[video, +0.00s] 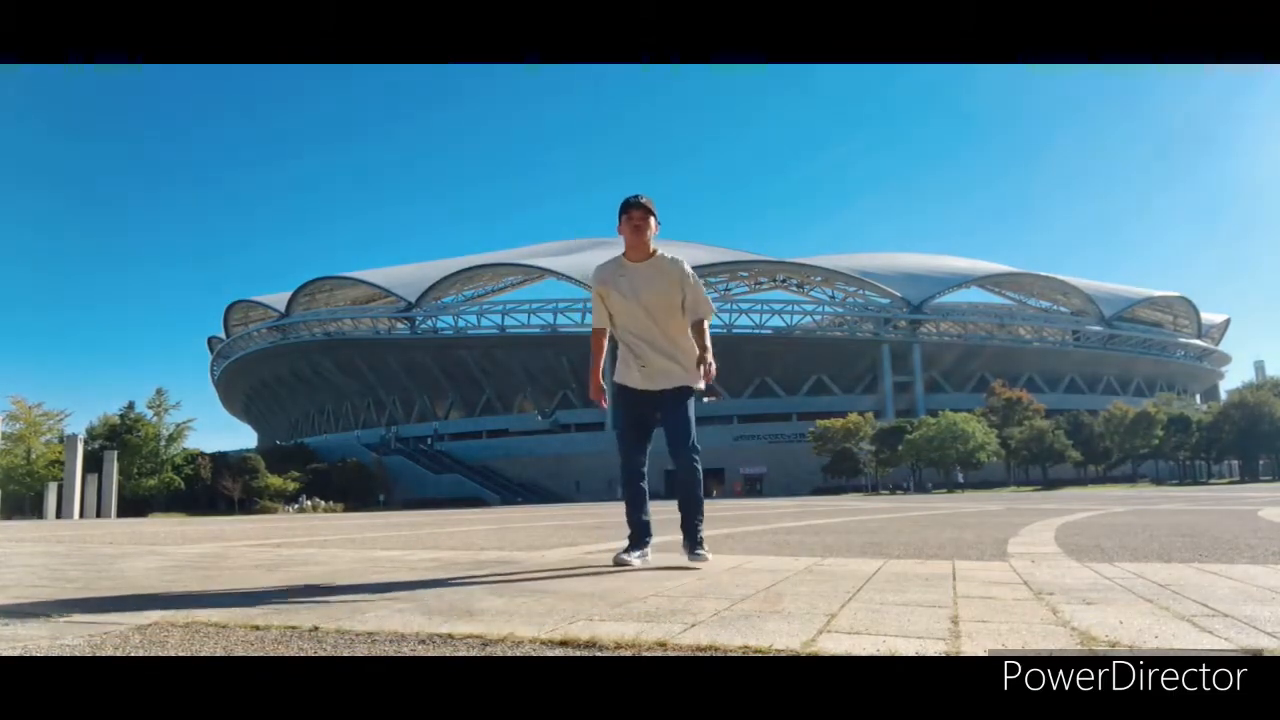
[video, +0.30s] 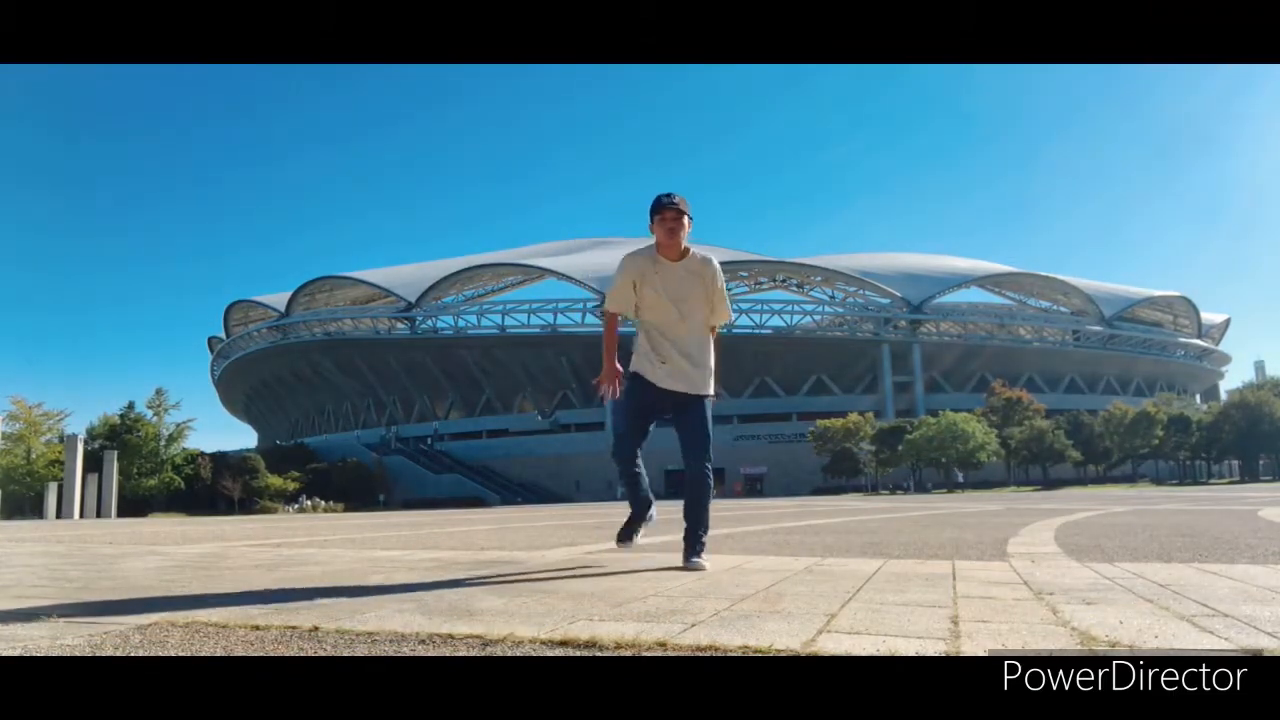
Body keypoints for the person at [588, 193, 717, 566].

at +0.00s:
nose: (637, 226)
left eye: (643, 220)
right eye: (631, 221)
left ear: (655, 226)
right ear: (620, 227)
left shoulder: (678, 270)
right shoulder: (605, 276)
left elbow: (699, 319)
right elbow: (600, 329)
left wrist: (706, 355)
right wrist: (595, 375)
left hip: (678, 380)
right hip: (629, 382)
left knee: (687, 457)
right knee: (632, 467)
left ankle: (694, 538)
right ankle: (638, 542)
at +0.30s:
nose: (671, 226)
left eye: (677, 219)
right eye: (664, 220)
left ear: (688, 225)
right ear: (652, 226)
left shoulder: (708, 269)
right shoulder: (635, 264)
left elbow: (711, 330)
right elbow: (611, 313)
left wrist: (711, 380)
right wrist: (610, 362)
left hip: (694, 379)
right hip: (646, 374)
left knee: (699, 467)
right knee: (623, 449)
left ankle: (695, 548)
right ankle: (642, 507)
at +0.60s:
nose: (684, 223)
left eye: (689, 217)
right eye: (676, 217)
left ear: (698, 223)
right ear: (662, 224)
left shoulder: (715, 269)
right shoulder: (644, 267)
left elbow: (719, 322)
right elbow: (616, 315)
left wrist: (710, 365)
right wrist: (618, 363)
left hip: (710, 381)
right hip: (665, 371)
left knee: (709, 466)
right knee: (639, 439)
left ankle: (692, 549)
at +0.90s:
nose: (682, 239)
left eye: (688, 233)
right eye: (674, 233)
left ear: (696, 239)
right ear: (661, 239)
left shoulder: (714, 283)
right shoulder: (639, 281)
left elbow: (745, 328)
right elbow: (606, 321)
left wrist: (754, 370)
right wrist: (608, 368)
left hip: (705, 379)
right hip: (659, 368)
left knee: (707, 467)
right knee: (681, 391)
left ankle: (685, 546)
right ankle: (742, 465)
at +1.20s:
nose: (672, 207)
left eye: (678, 201)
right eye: (665, 201)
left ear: (688, 207)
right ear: (652, 208)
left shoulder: (705, 252)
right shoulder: (634, 249)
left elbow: (731, 298)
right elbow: (611, 301)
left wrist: (753, 338)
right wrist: (601, 347)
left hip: (686, 357)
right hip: (643, 348)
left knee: (696, 454)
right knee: (635, 389)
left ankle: (695, 543)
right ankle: (632, 429)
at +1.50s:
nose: (641, 232)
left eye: (649, 225)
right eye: (634, 226)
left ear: (662, 230)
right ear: (623, 231)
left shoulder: (682, 271)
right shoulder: (605, 272)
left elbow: (704, 329)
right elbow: (612, 325)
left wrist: (725, 371)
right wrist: (625, 362)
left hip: (680, 391)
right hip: (627, 386)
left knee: (720, 455)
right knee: (567, 443)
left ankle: (681, 540)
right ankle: (593, 531)